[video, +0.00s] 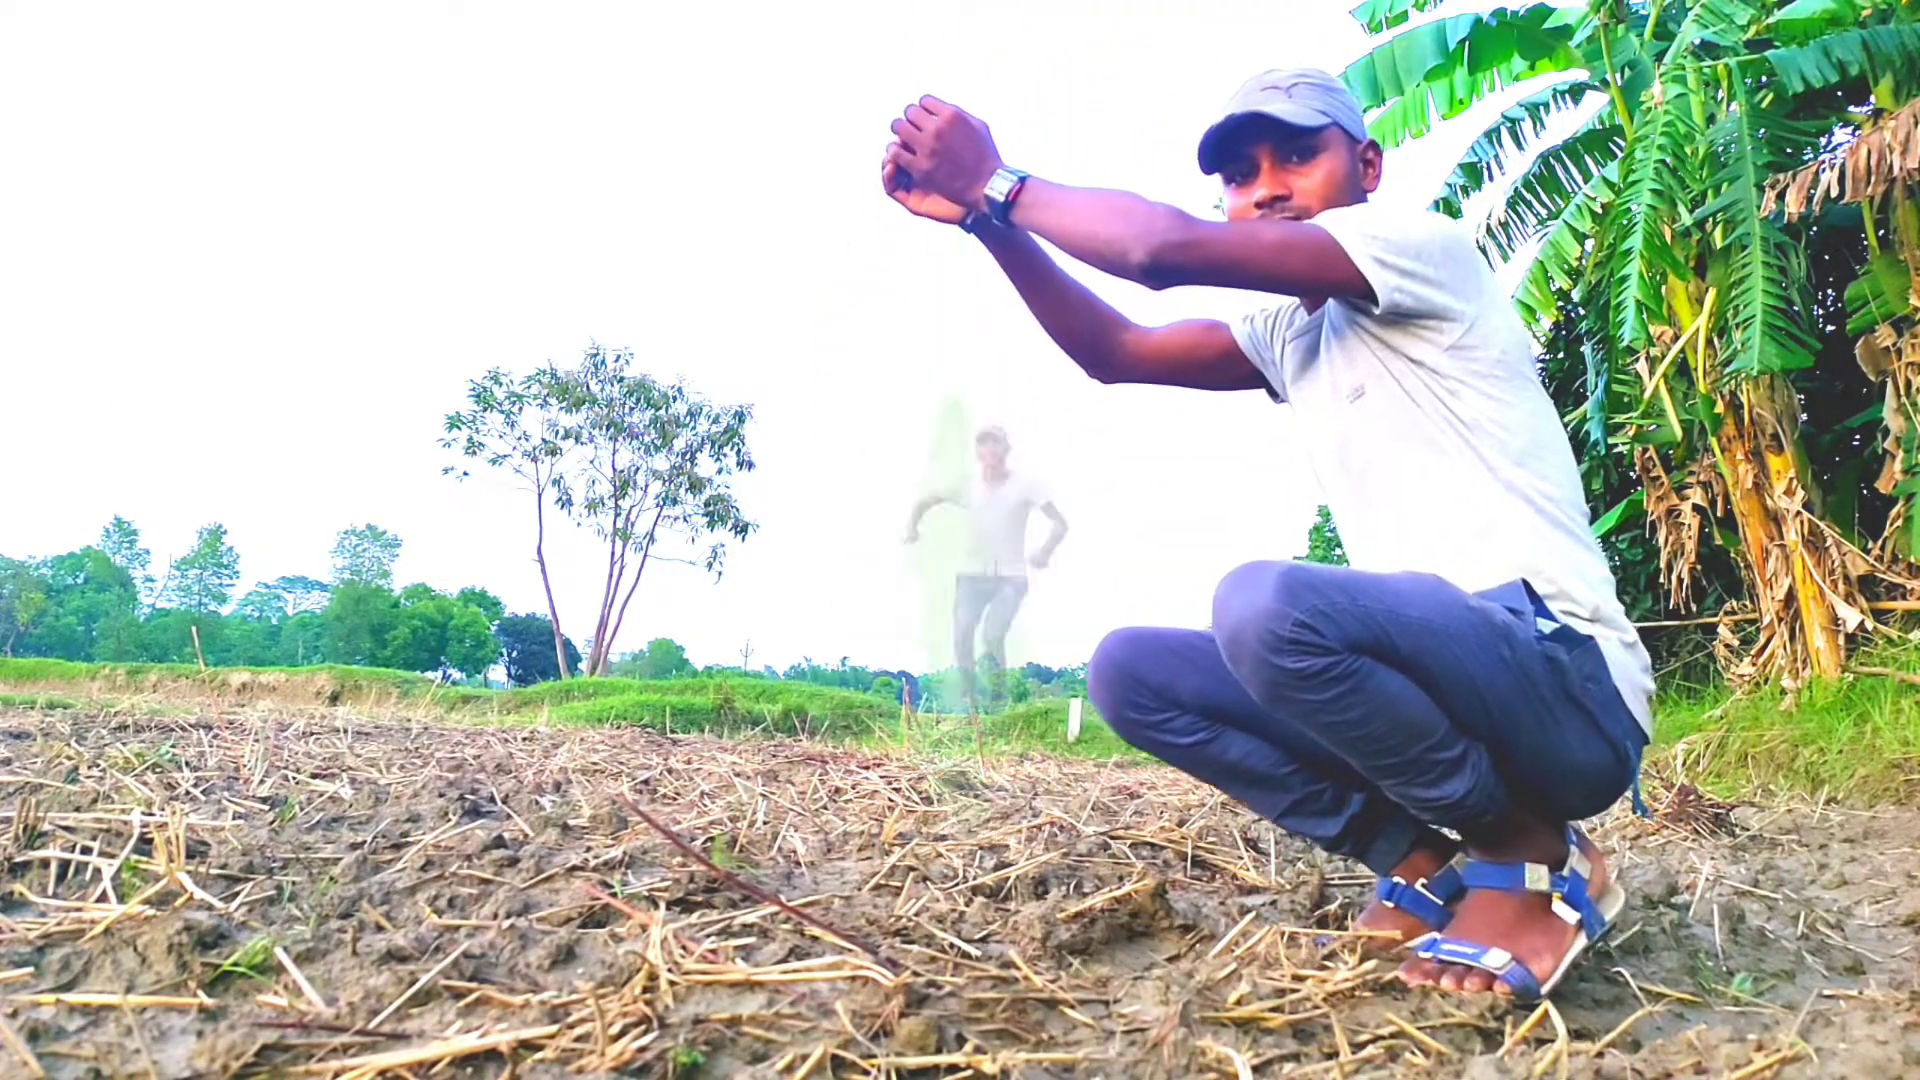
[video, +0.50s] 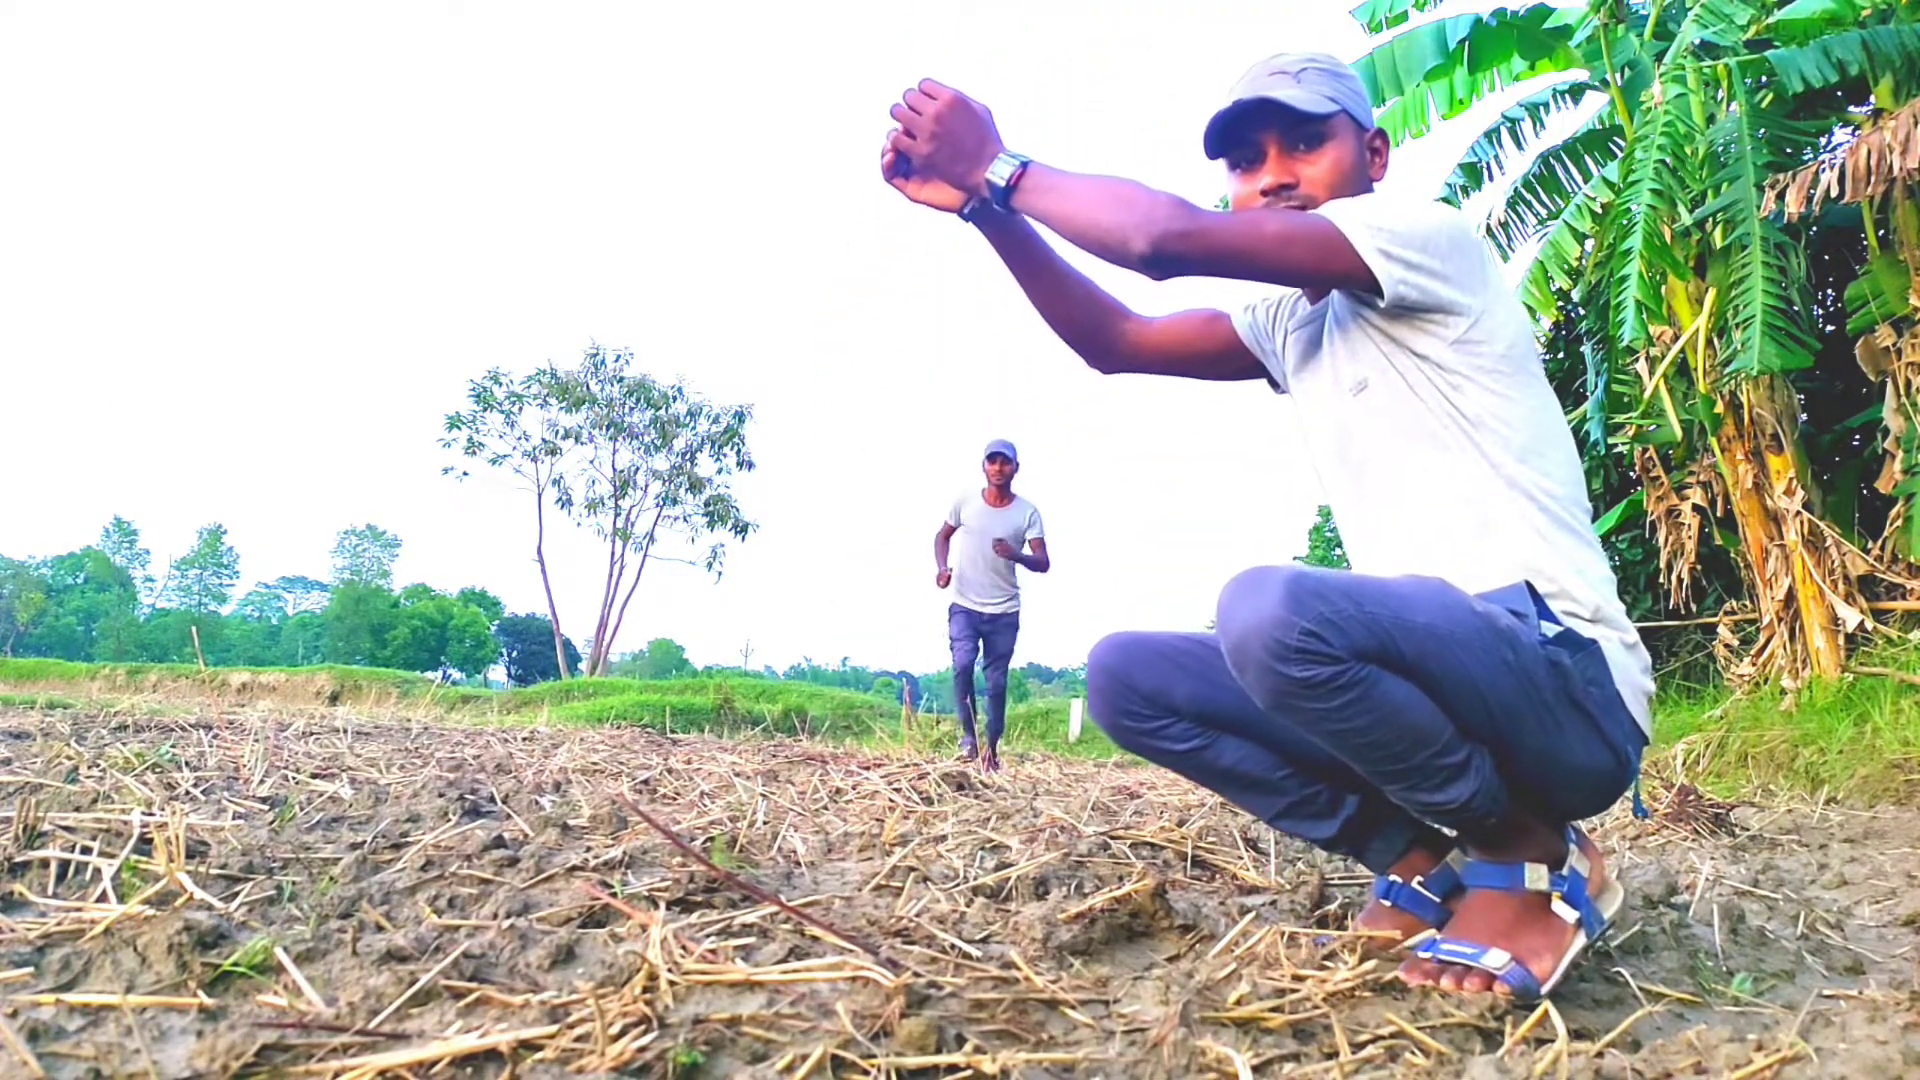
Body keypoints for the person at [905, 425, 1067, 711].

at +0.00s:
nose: (990, 460)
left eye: (995, 454)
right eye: (984, 454)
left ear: (1006, 454)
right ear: (978, 455)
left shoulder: (1023, 486)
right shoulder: (969, 488)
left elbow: (1060, 525)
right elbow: (927, 500)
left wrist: (1044, 553)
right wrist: (912, 527)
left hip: (1010, 578)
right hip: (972, 577)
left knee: (992, 634)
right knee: (961, 637)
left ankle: (999, 701)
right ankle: (968, 702)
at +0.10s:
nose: (995, 482)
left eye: (1001, 477)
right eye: (990, 477)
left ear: (1011, 484)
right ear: (981, 483)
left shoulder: (1026, 527)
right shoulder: (965, 522)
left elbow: (1043, 574)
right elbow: (932, 552)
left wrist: (1025, 610)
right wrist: (935, 582)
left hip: (1006, 618)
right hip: (967, 616)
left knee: (993, 689)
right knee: (964, 689)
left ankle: (989, 754)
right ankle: (967, 758)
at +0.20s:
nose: (999, 486)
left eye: (1005, 481)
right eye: (994, 480)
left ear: (1015, 488)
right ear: (985, 485)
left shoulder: (1027, 533)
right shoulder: (967, 524)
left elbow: (1037, 581)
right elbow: (939, 564)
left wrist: (1019, 617)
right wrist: (948, 594)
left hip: (1002, 627)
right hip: (966, 626)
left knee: (992, 691)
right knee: (962, 693)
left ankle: (988, 754)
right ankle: (967, 760)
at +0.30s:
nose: (1002, 471)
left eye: (1009, 466)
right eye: (997, 465)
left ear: (1019, 473)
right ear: (988, 470)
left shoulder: (1029, 518)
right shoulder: (968, 509)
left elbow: (1038, 566)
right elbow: (943, 548)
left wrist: (1020, 595)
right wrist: (950, 574)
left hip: (1004, 615)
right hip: (966, 613)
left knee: (995, 684)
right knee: (963, 684)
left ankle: (989, 752)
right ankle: (966, 756)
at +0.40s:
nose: (1001, 468)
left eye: (1008, 464)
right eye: (997, 462)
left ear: (1019, 470)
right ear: (988, 467)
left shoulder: (1030, 516)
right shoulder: (967, 506)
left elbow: (1041, 567)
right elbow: (943, 542)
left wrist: (1018, 572)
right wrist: (945, 569)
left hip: (1005, 613)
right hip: (965, 608)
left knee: (997, 684)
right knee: (960, 671)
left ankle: (991, 752)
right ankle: (967, 741)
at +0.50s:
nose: (998, 467)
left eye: (1005, 462)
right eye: (993, 461)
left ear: (1015, 468)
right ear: (984, 467)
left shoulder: (1027, 513)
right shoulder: (965, 502)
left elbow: (1042, 563)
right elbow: (942, 536)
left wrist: (1017, 555)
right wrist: (943, 567)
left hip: (1004, 609)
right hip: (964, 605)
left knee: (997, 683)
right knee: (962, 667)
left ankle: (991, 751)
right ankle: (968, 739)